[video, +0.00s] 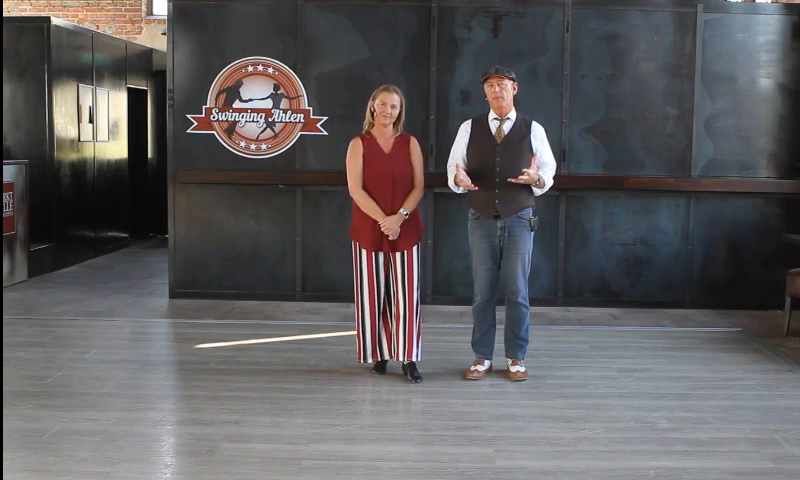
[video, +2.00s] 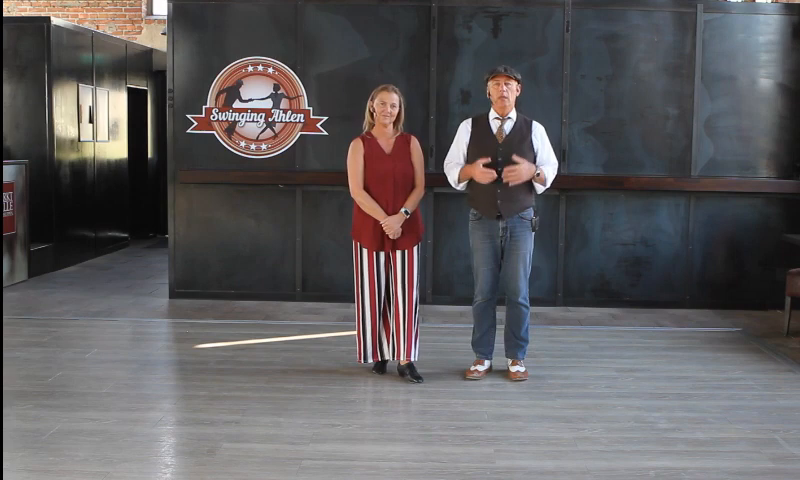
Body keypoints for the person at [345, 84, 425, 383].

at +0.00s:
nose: (388, 110)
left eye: (393, 106)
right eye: (383, 104)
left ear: (399, 110)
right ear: (373, 107)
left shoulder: (410, 143)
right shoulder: (358, 144)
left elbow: (419, 187)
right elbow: (355, 189)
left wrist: (399, 216)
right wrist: (386, 220)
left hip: (405, 229)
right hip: (369, 230)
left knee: (407, 295)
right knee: (373, 295)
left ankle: (409, 358)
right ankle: (379, 355)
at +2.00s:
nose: (387, 109)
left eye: (392, 105)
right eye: (382, 104)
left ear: (399, 110)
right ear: (372, 107)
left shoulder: (411, 143)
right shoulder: (359, 145)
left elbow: (420, 187)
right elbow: (356, 190)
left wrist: (400, 216)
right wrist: (387, 220)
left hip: (405, 230)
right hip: (370, 231)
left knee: (406, 295)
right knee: (373, 295)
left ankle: (406, 359)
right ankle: (379, 356)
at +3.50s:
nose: (396, 108)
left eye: (397, 103)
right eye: (389, 104)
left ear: (399, 107)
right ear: (373, 110)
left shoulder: (412, 143)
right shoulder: (360, 145)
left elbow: (421, 187)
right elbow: (357, 191)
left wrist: (402, 216)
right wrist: (388, 220)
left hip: (406, 230)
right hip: (371, 231)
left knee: (407, 295)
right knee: (374, 295)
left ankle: (406, 359)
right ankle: (378, 355)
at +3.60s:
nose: (396, 108)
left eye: (397, 103)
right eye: (389, 104)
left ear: (400, 107)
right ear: (373, 110)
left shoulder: (412, 143)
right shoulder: (360, 145)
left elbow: (421, 187)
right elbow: (357, 190)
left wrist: (402, 216)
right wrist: (388, 220)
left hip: (406, 230)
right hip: (371, 231)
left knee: (407, 295)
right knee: (374, 295)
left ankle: (406, 359)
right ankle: (378, 356)